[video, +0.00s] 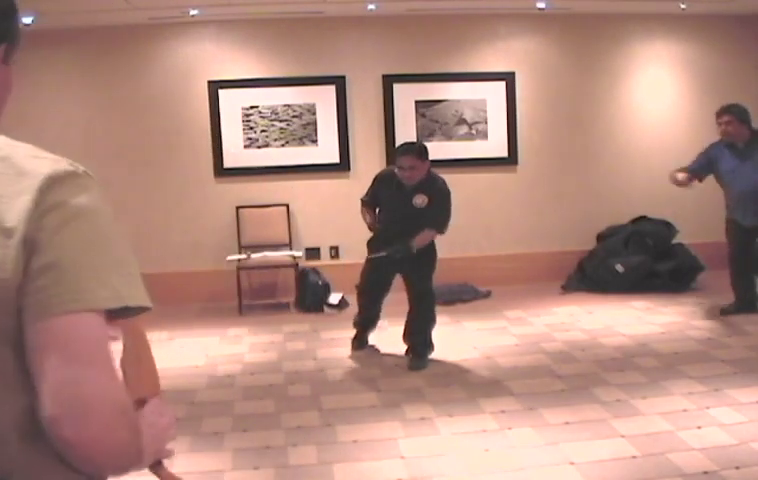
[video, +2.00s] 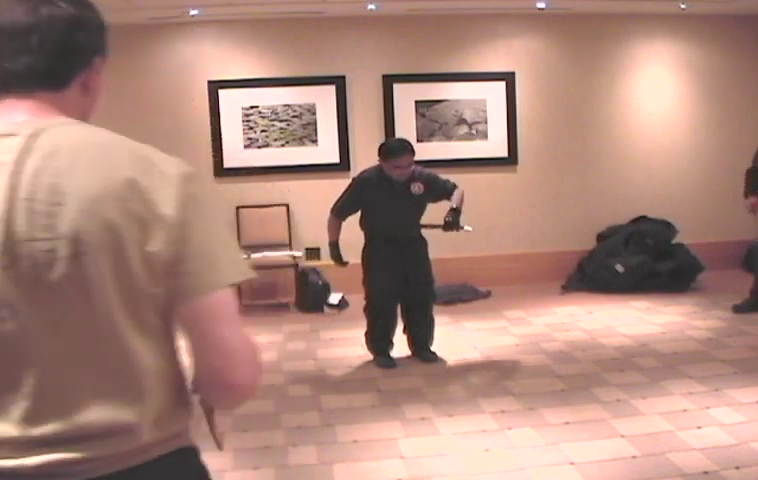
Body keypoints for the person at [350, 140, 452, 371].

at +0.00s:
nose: (405, 174)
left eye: (411, 168)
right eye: (400, 168)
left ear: (426, 166)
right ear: (395, 165)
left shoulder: (438, 188)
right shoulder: (385, 179)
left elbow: (435, 227)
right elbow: (367, 203)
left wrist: (409, 247)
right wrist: (372, 222)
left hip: (418, 246)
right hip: (383, 242)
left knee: (421, 298)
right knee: (369, 291)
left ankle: (418, 350)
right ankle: (362, 329)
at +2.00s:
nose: (405, 172)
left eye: (409, 166)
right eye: (398, 168)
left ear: (414, 161)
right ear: (384, 164)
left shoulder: (422, 177)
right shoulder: (367, 182)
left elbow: (456, 191)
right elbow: (336, 214)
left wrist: (453, 211)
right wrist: (333, 245)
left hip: (413, 247)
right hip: (378, 249)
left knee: (420, 297)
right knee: (381, 301)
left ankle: (421, 346)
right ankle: (380, 350)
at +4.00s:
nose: (413, 174)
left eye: (420, 168)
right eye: (408, 167)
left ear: (434, 166)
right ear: (401, 164)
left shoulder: (441, 191)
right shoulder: (389, 178)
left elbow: (426, 225)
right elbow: (369, 201)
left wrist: (400, 244)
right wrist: (371, 221)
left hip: (419, 251)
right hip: (384, 247)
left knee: (423, 304)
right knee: (370, 295)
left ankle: (423, 357)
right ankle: (367, 338)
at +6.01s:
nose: (374, 156)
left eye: (377, 151)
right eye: (368, 153)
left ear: (381, 151)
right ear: (356, 155)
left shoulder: (392, 172)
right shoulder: (343, 175)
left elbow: (408, 202)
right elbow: (324, 206)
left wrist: (418, 225)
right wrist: (319, 235)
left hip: (384, 233)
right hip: (352, 233)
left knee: (388, 275)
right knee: (344, 276)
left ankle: (379, 321)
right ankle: (332, 322)